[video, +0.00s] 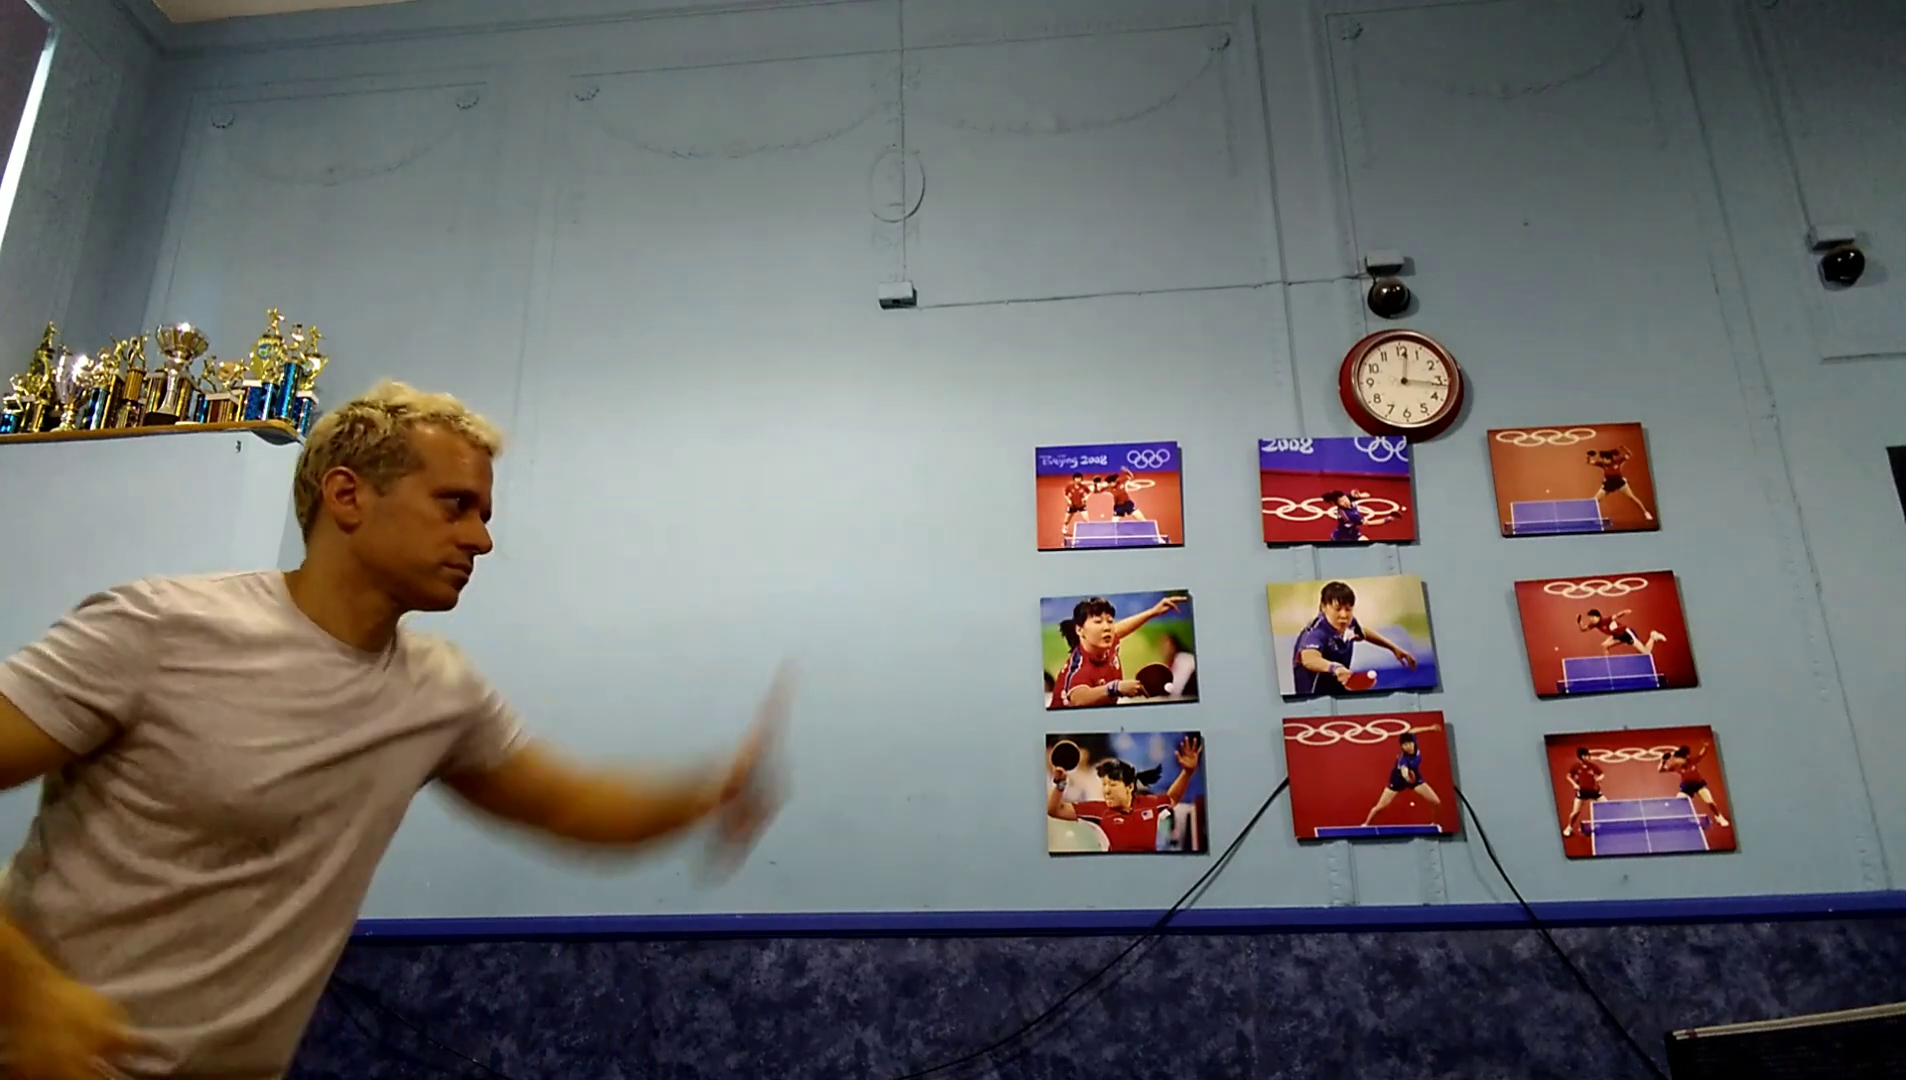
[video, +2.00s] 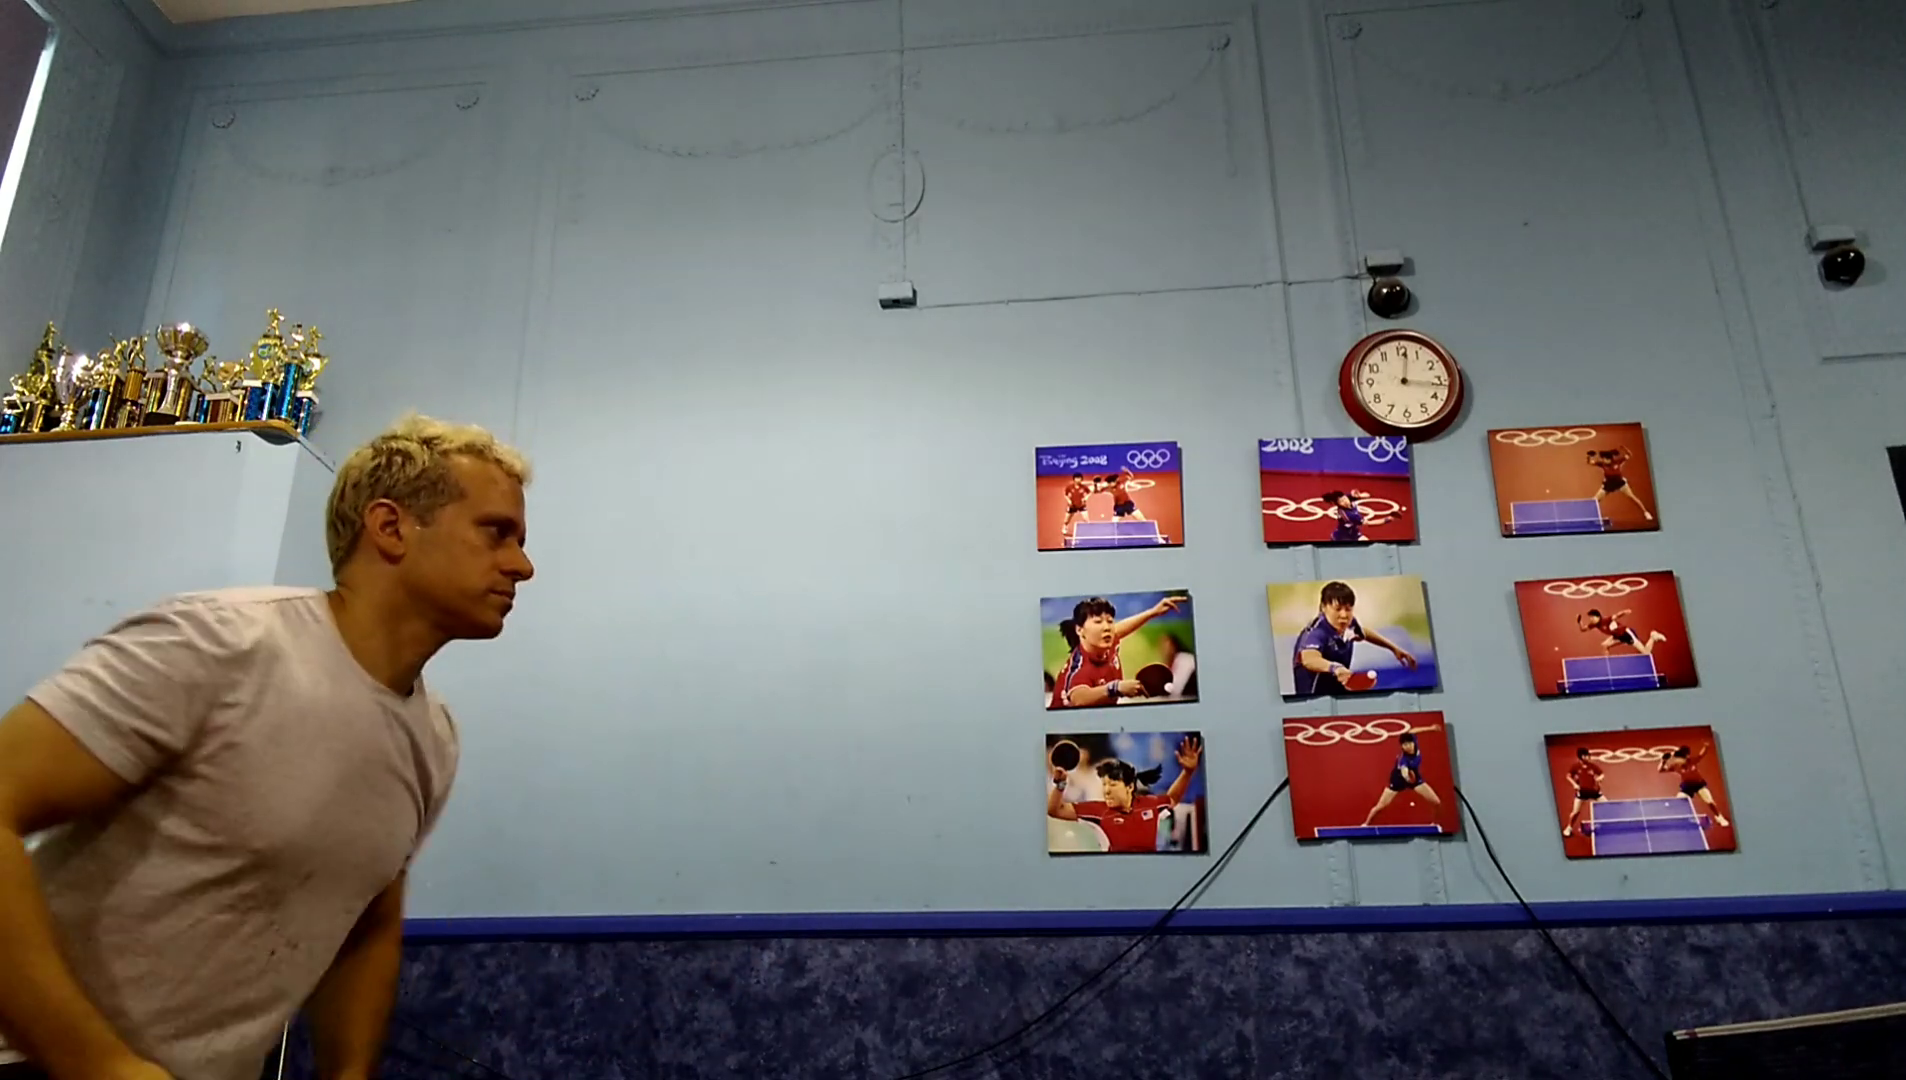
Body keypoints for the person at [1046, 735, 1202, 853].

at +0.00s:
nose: (1107, 790)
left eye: (1113, 785)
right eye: (1104, 785)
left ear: (1130, 787)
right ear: (1101, 786)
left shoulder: (1151, 805)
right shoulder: (1100, 810)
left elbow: (1172, 798)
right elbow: (1055, 811)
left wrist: (1188, 771)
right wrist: (1059, 785)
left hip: (1150, 873)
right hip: (1115, 874)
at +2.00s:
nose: (1107, 790)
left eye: (1113, 785)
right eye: (1104, 785)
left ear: (1130, 787)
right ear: (1101, 786)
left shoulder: (1151, 805)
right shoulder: (1100, 810)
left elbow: (1172, 798)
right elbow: (1055, 811)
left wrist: (1188, 771)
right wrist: (1059, 785)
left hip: (1150, 873)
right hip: (1114, 874)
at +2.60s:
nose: (1107, 790)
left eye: (1113, 785)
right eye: (1104, 785)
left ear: (1130, 787)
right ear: (1101, 787)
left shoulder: (1151, 805)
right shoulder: (1100, 811)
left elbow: (1172, 798)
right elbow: (1055, 811)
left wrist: (1188, 771)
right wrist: (1059, 785)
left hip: (1150, 873)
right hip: (1115, 874)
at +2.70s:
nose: (1107, 790)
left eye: (1113, 785)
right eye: (1104, 785)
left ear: (1130, 787)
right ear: (1101, 787)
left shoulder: (1151, 805)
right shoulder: (1100, 811)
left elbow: (1172, 798)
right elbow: (1055, 811)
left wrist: (1188, 771)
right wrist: (1059, 785)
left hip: (1150, 873)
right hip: (1115, 874)